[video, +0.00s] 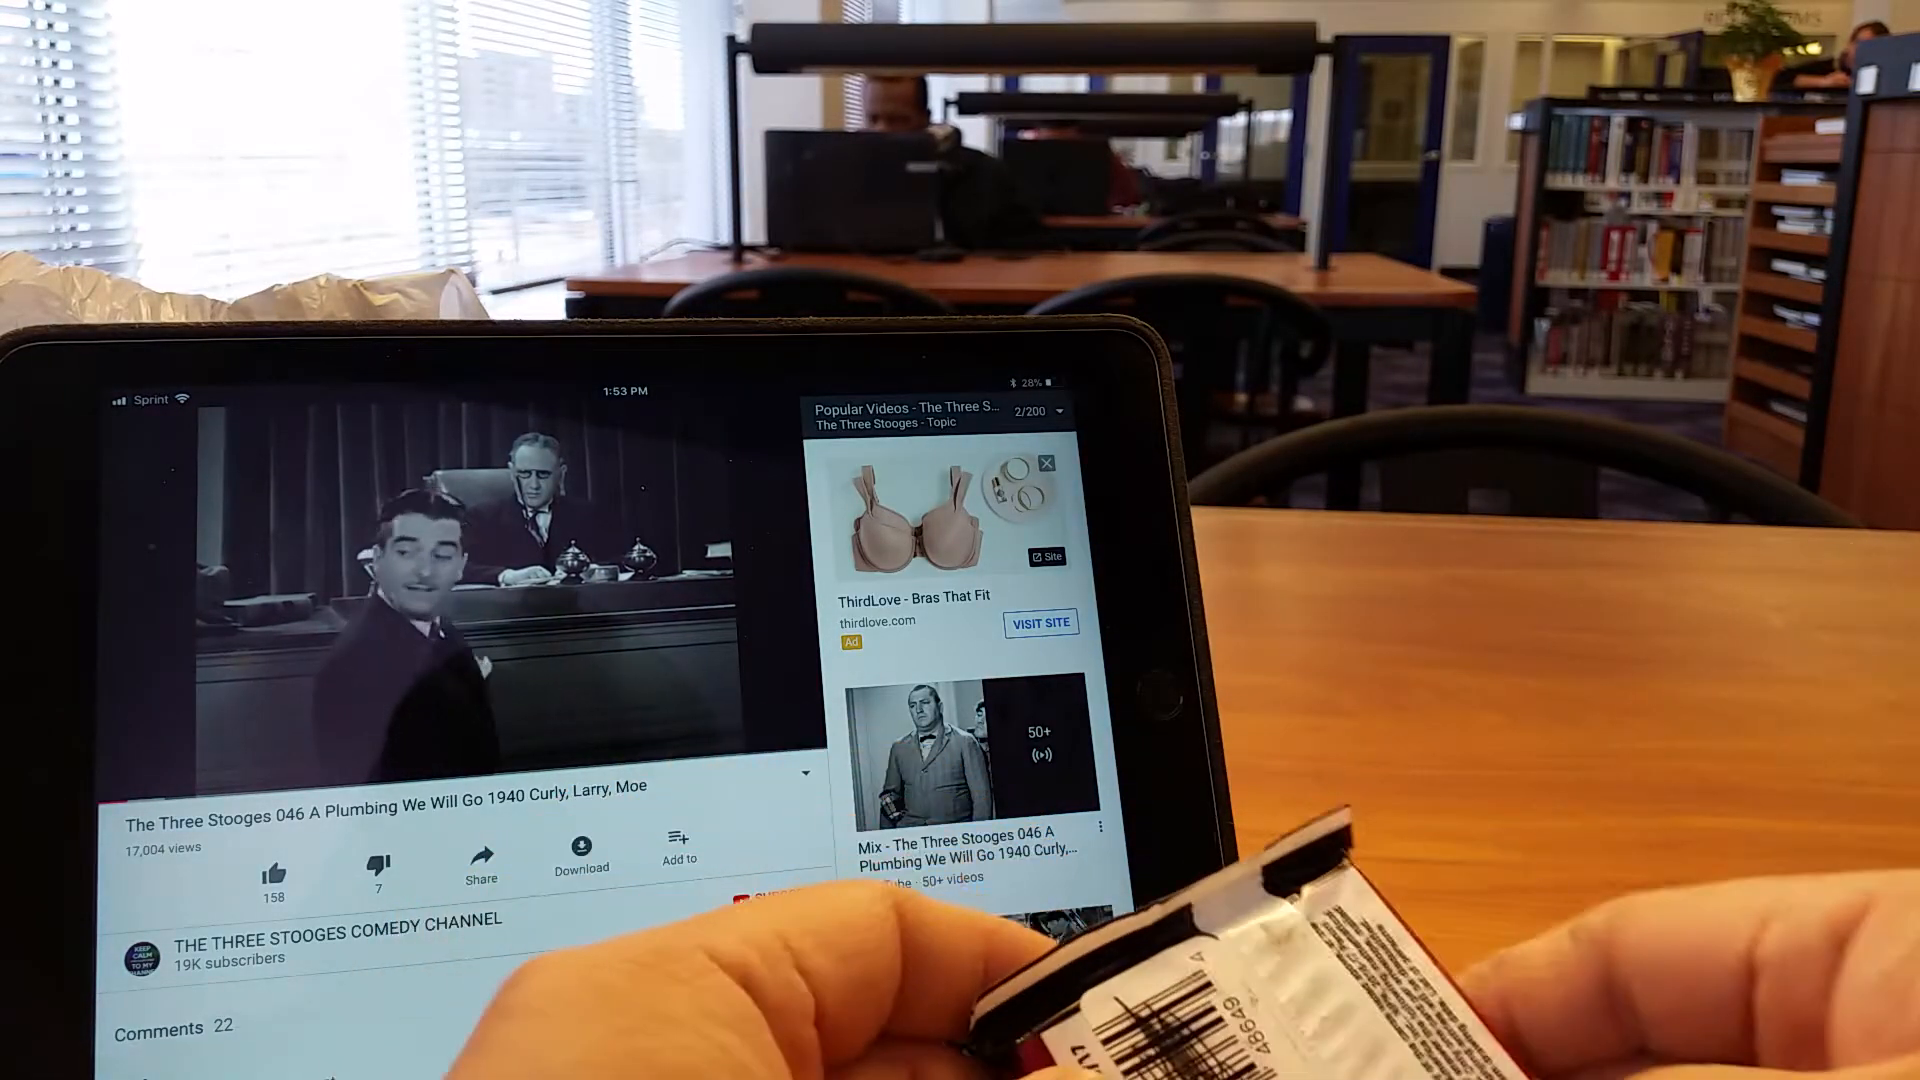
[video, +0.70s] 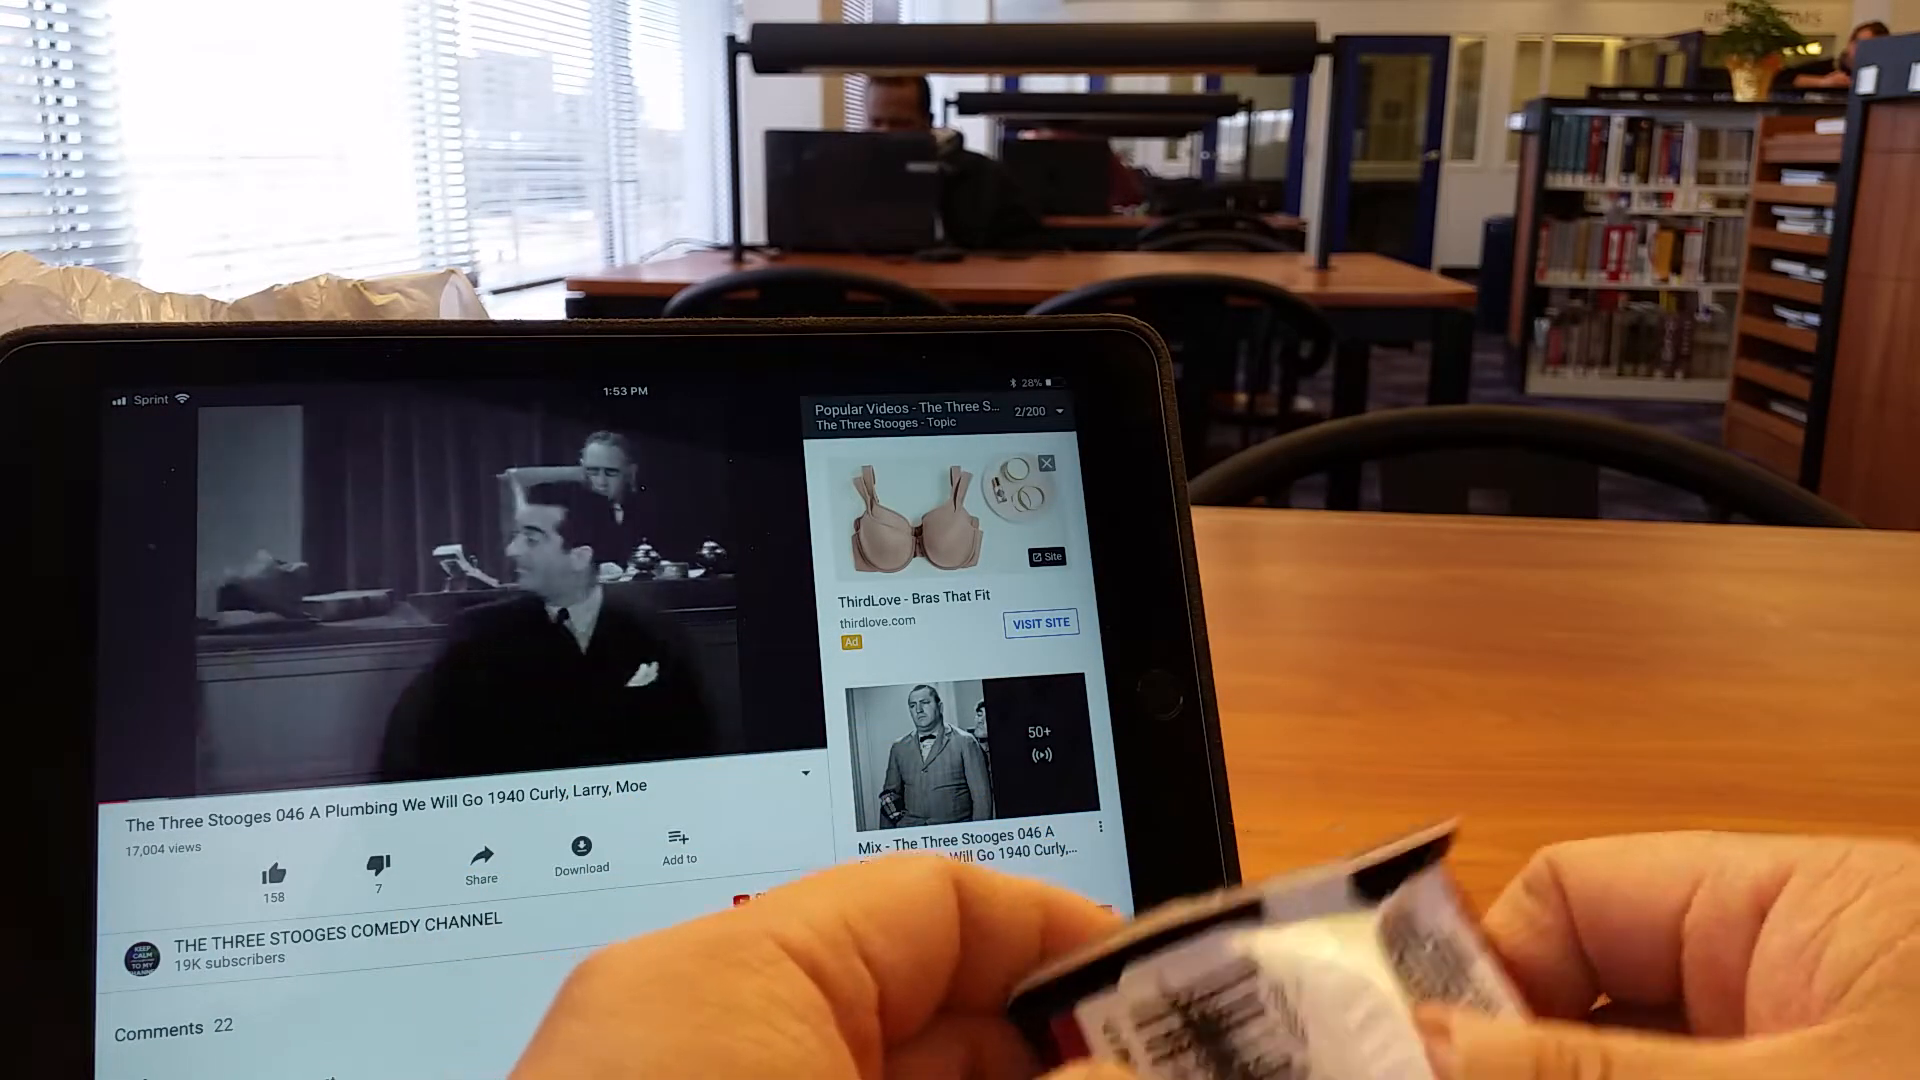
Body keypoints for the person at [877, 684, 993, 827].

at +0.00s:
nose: (919, 709)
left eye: (925, 703)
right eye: (913, 705)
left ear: (939, 706)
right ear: (909, 711)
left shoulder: (964, 742)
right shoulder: (899, 748)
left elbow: (981, 795)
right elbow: (890, 795)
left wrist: (979, 835)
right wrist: (887, 839)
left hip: (955, 832)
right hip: (910, 836)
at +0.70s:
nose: (919, 710)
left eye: (925, 703)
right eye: (913, 705)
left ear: (939, 707)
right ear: (909, 711)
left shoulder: (964, 742)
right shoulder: (899, 748)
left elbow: (981, 795)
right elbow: (890, 796)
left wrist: (979, 835)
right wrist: (886, 838)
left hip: (955, 831)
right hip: (910, 835)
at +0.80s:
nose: (919, 710)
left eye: (925, 703)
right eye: (913, 705)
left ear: (940, 707)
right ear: (910, 711)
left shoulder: (965, 743)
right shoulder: (899, 749)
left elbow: (982, 796)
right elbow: (890, 795)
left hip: (956, 821)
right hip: (914, 824)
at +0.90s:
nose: (918, 709)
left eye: (925, 703)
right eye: (913, 705)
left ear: (939, 707)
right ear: (909, 711)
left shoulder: (964, 742)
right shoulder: (899, 749)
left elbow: (980, 794)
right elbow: (891, 794)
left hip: (956, 821)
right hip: (915, 825)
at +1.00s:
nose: (919, 710)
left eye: (925, 703)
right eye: (913, 705)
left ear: (939, 707)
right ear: (909, 711)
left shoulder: (964, 742)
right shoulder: (899, 748)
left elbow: (981, 794)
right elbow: (890, 793)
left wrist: (979, 834)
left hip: (956, 832)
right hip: (910, 835)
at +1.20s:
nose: (919, 709)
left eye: (925, 703)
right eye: (913, 705)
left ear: (939, 707)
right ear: (909, 711)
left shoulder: (964, 742)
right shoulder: (899, 748)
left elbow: (981, 795)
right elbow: (891, 791)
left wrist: (979, 835)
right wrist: (889, 801)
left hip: (955, 831)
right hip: (911, 834)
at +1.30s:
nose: (919, 709)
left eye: (925, 703)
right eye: (913, 705)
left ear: (939, 707)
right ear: (909, 711)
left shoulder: (964, 742)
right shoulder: (899, 748)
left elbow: (981, 795)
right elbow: (891, 792)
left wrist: (979, 835)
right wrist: (889, 802)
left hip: (955, 830)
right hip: (911, 833)